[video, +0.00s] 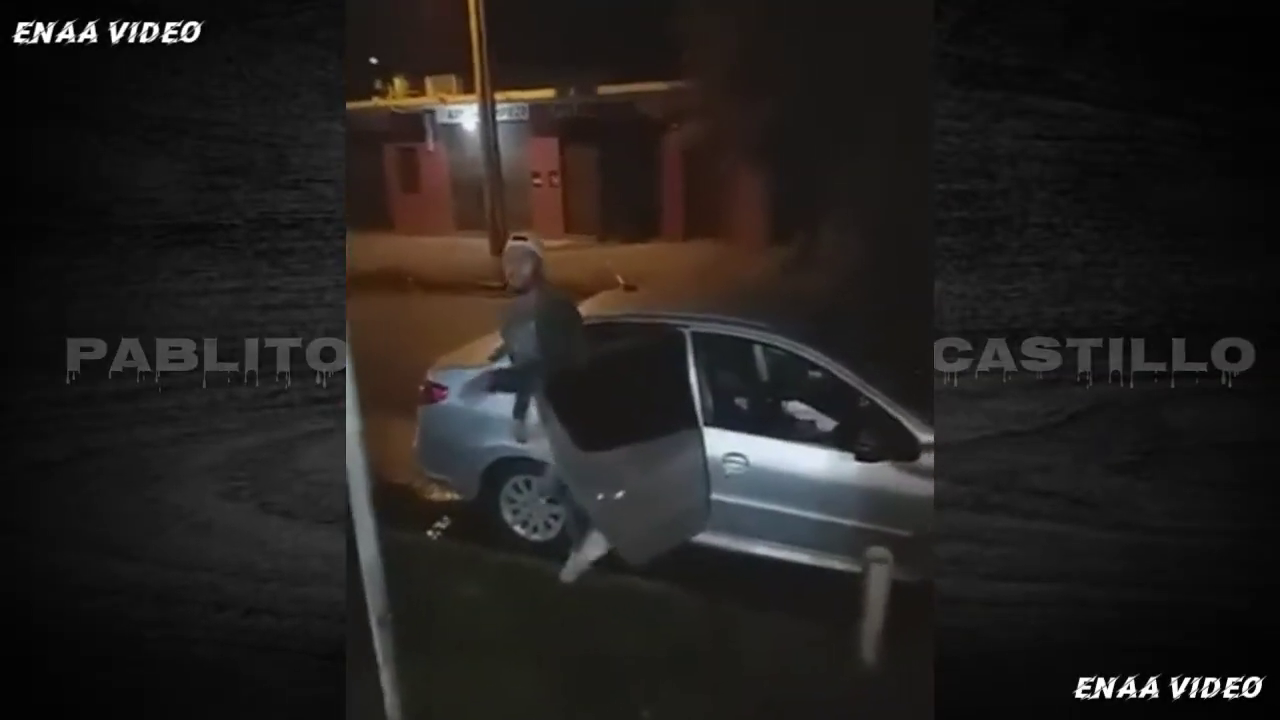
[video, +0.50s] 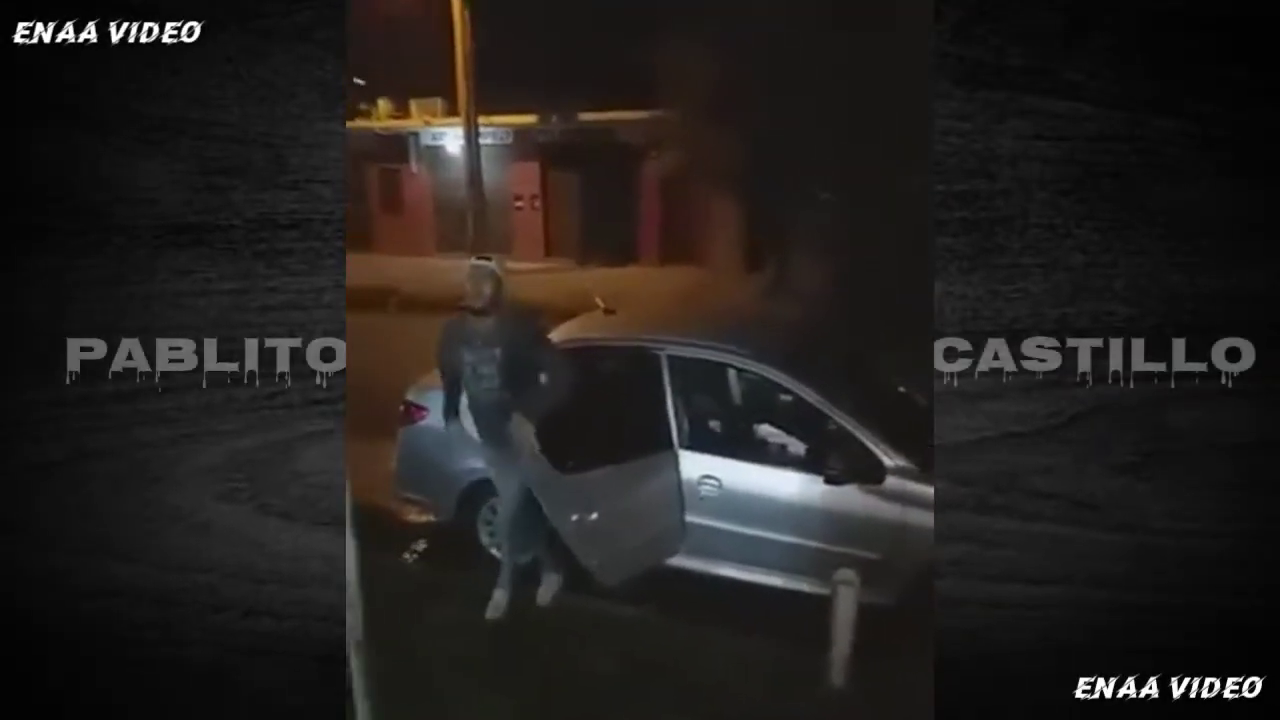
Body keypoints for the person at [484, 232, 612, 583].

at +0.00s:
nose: (510, 271)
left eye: (517, 264)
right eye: (507, 264)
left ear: (534, 265)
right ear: (506, 269)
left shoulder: (554, 308)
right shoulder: (516, 310)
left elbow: (549, 365)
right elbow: (523, 359)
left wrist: (501, 381)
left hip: (570, 400)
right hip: (544, 402)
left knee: (570, 470)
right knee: (563, 470)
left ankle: (588, 536)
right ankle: (582, 538)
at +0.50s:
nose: (477, 291)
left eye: (484, 284)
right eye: (472, 284)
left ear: (496, 286)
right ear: (466, 288)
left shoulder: (518, 325)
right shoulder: (456, 329)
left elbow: (559, 372)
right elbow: (450, 373)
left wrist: (531, 412)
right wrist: (451, 414)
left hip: (518, 422)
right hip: (483, 423)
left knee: (509, 505)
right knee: (515, 499)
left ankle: (503, 586)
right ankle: (550, 568)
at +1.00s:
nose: (505, 285)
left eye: (512, 277)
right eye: (500, 276)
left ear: (526, 283)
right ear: (492, 282)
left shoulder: (544, 326)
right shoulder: (478, 327)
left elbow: (586, 363)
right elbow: (469, 372)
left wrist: (562, 409)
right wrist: (496, 324)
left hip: (534, 435)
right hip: (492, 434)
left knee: (535, 520)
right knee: (496, 513)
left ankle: (543, 587)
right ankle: (488, 564)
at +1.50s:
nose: (521, 305)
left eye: (522, 297)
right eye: (514, 298)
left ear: (520, 300)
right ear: (491, 303)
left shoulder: (527, 335)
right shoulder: (469, 334)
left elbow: (552, 372)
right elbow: (470, 388)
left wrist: (548, 413)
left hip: (510, 444)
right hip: (468, 445)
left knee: (517, 522)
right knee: (476, 522)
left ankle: (520, 587)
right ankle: (480, 580)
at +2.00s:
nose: (574, 361)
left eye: (578, 355)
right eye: (571, 353)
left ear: (578, 355)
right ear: (556, 351)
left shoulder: (563, 382)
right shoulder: (526, 373)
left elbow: (558, 427)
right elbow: (534, 435)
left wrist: (578, 387)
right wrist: (567, 397)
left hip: (528, 452)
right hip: (488, 446)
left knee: (541, 515)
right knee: (504, 514)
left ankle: (537, 581)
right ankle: (498, 571)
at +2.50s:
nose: (580, 333)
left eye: (584, 325)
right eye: (572, 326)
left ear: (589, 324)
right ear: (555, 326)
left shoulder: (586, 347)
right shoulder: (530, 350)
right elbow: (521, 408)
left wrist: (596, 398)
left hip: (545, 428)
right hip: (503, 427)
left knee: (555, 492)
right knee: (538, 491)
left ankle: (544, 557)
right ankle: (531, 558)